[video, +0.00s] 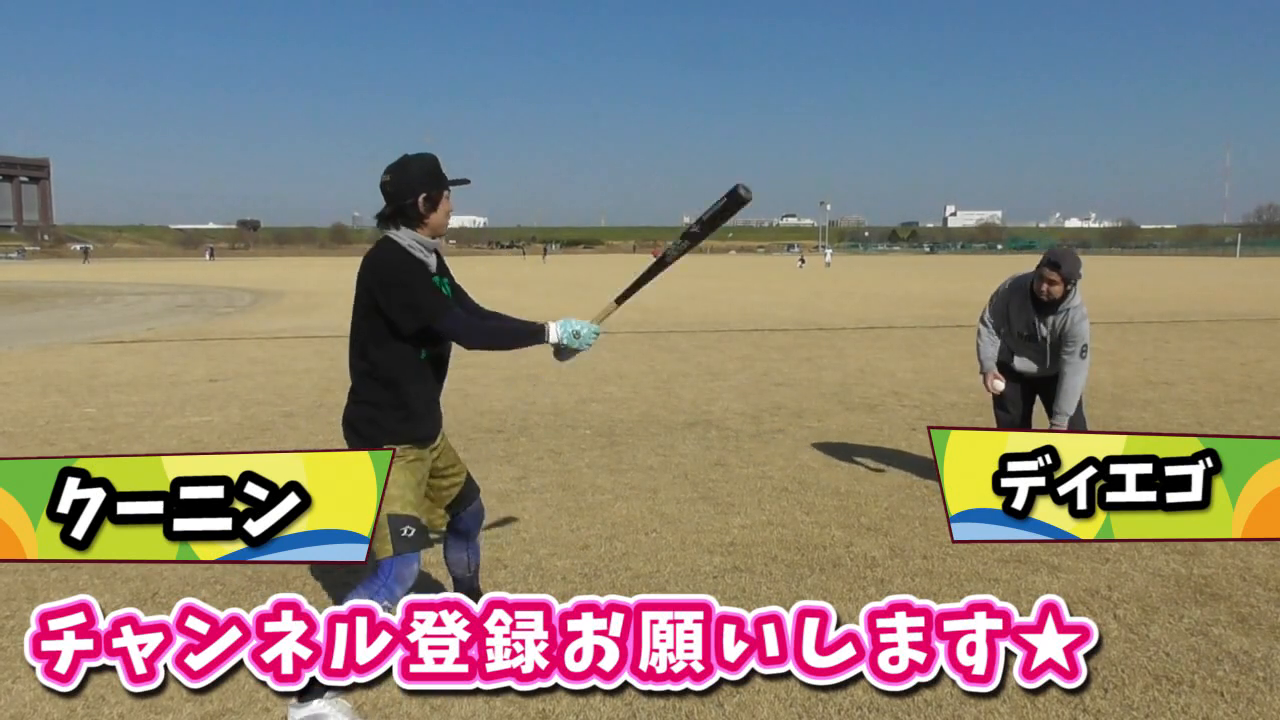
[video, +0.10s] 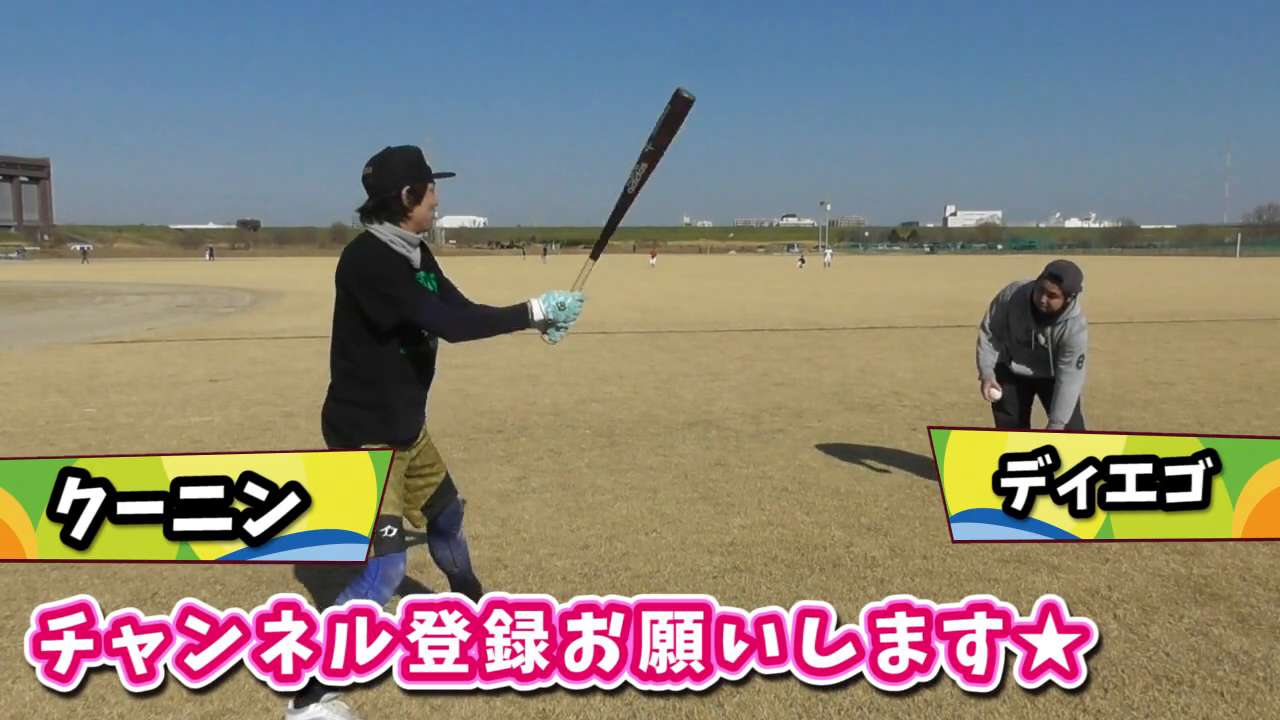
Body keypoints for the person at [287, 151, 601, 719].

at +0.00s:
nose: (452, 205)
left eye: (449, 196)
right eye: (446, 197)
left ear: (416, 204)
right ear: (426, 204)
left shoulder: (424, 256)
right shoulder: (395, 262)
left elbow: (473, 318)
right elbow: (461, 326)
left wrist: (549, 332)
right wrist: (549, 332)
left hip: (420, 430)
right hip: (388, 436)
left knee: (466, 509)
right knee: (398, 566)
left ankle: (468, 615)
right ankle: (315, 689)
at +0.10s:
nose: (437, 199)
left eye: (435, 190)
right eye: (431, 191)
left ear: (399, 199)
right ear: (410, 198)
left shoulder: (411, 252)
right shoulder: (374, 258)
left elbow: (460, 311)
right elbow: (445, 321)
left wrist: (530, 316)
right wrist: (531, 313)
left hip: (403, 427)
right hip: (366, 434)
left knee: (444, 511)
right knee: (385, 559)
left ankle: (473, 605)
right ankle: (312, 693)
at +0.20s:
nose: (428, 194)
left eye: (425, 185)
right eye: (421, 186)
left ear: (394, 191)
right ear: (398, 192)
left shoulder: (404, 246)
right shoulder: (356, 253)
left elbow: (451, 308)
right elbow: (429, 317)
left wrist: (518, 305)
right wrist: (513, 301)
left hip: (392, 417)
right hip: (349, 428)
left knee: (441, 503)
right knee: (377, 558)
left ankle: (438, 599)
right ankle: (311, 693)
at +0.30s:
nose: (421, 190)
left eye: (420, 181)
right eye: (416, 182)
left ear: (386, 187)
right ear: (394, 188)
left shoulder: (401, 242)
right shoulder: (343, 248)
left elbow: (443, 304)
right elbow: (408, 310)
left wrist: (506, 303)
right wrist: (496, 291)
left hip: (386, 415)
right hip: (342, 426)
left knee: (435, 505)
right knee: (367, 559)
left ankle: (398, 595)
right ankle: (309, 694)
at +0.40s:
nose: (419, 191)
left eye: (417, 182)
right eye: (413, 183)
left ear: (387, 188)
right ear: (390, 189)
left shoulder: (403, 242)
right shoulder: (339, 248)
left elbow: (445, 306)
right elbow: (405, 309)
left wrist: (500, 300)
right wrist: (487, 285)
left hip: (382, 416)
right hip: (337, 424)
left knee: (416, 513)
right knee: (361, 552)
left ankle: (384, 611)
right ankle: (310, 692)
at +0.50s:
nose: (419, 197)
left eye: (417, 189)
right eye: (414, 189)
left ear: (387, 195)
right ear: (391, 195)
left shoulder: (405, 247)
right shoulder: (340, 254)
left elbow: (453, 308)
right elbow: (403, 307)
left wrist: (501, 299)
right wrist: (487, 279)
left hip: (377, 422)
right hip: (336, 427)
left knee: (403, 524)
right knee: (372, 558)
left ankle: (368, 632)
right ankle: (311, 690)